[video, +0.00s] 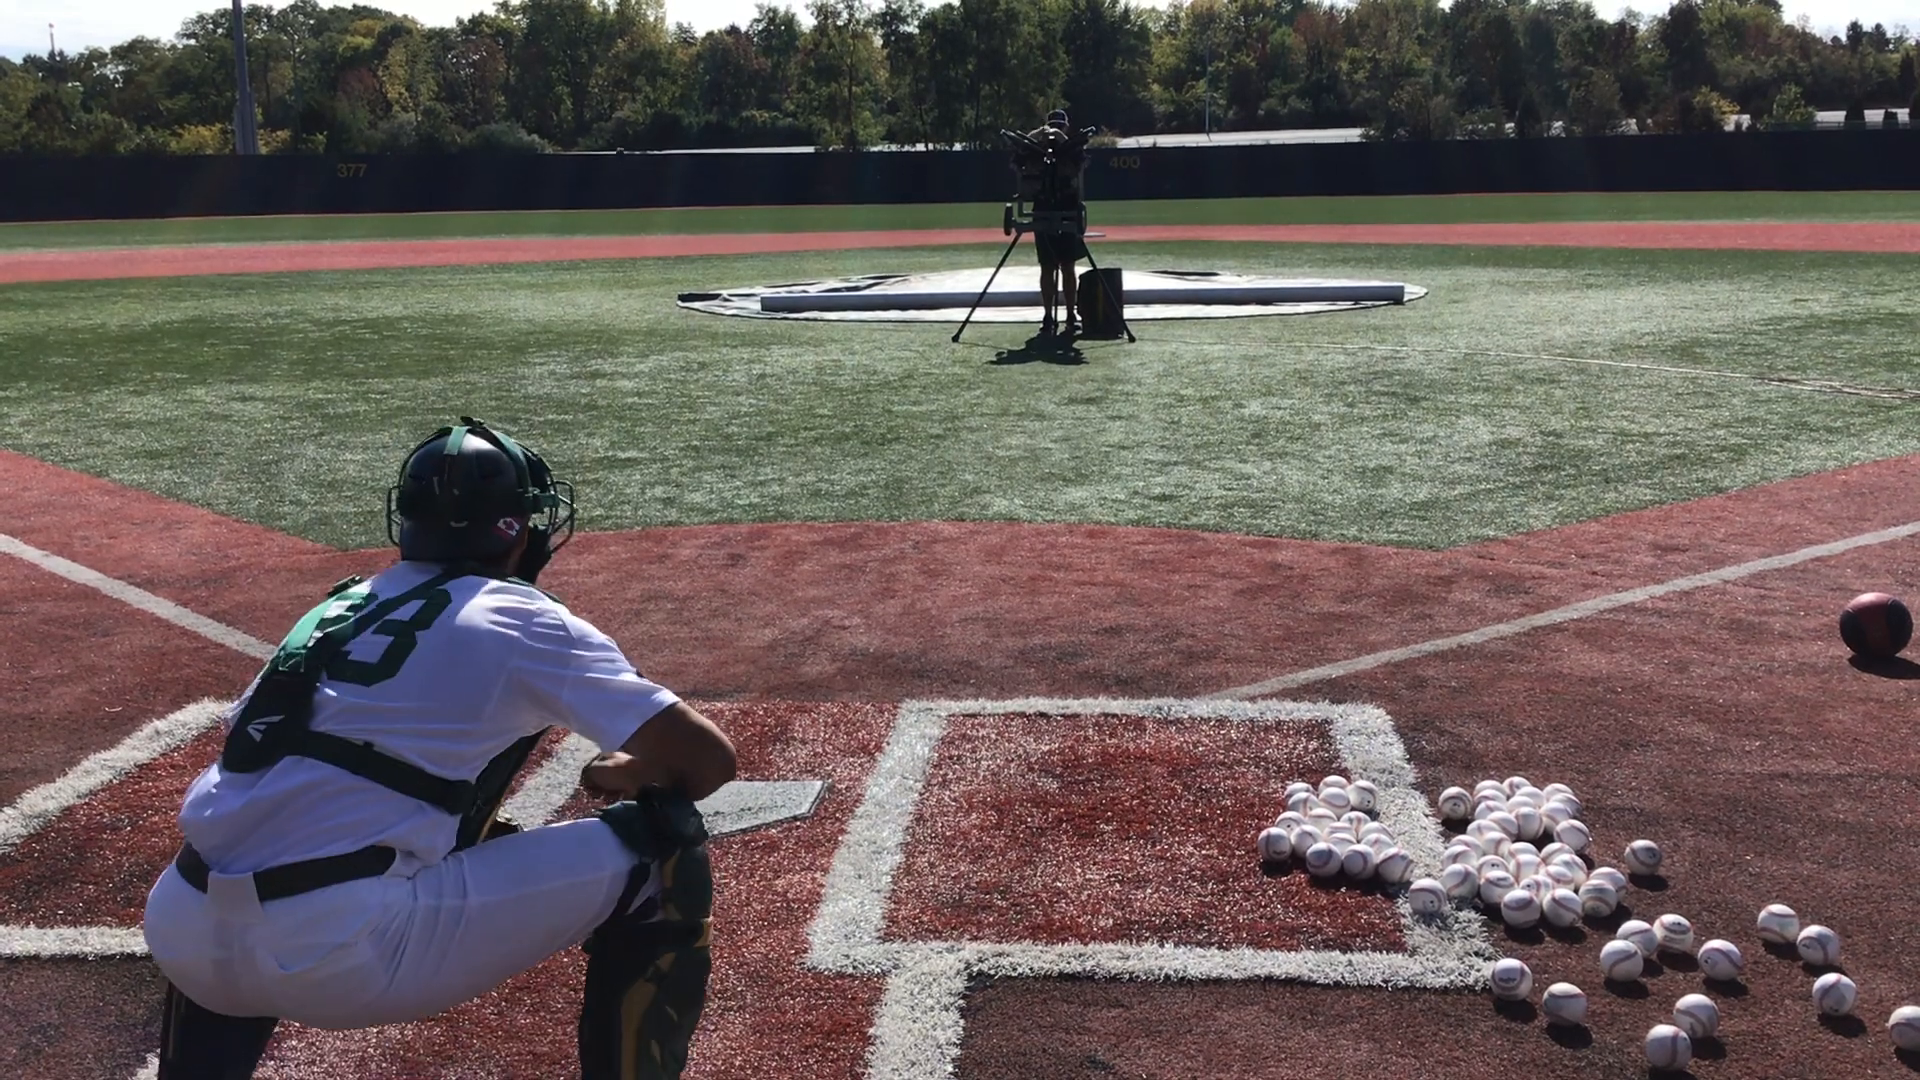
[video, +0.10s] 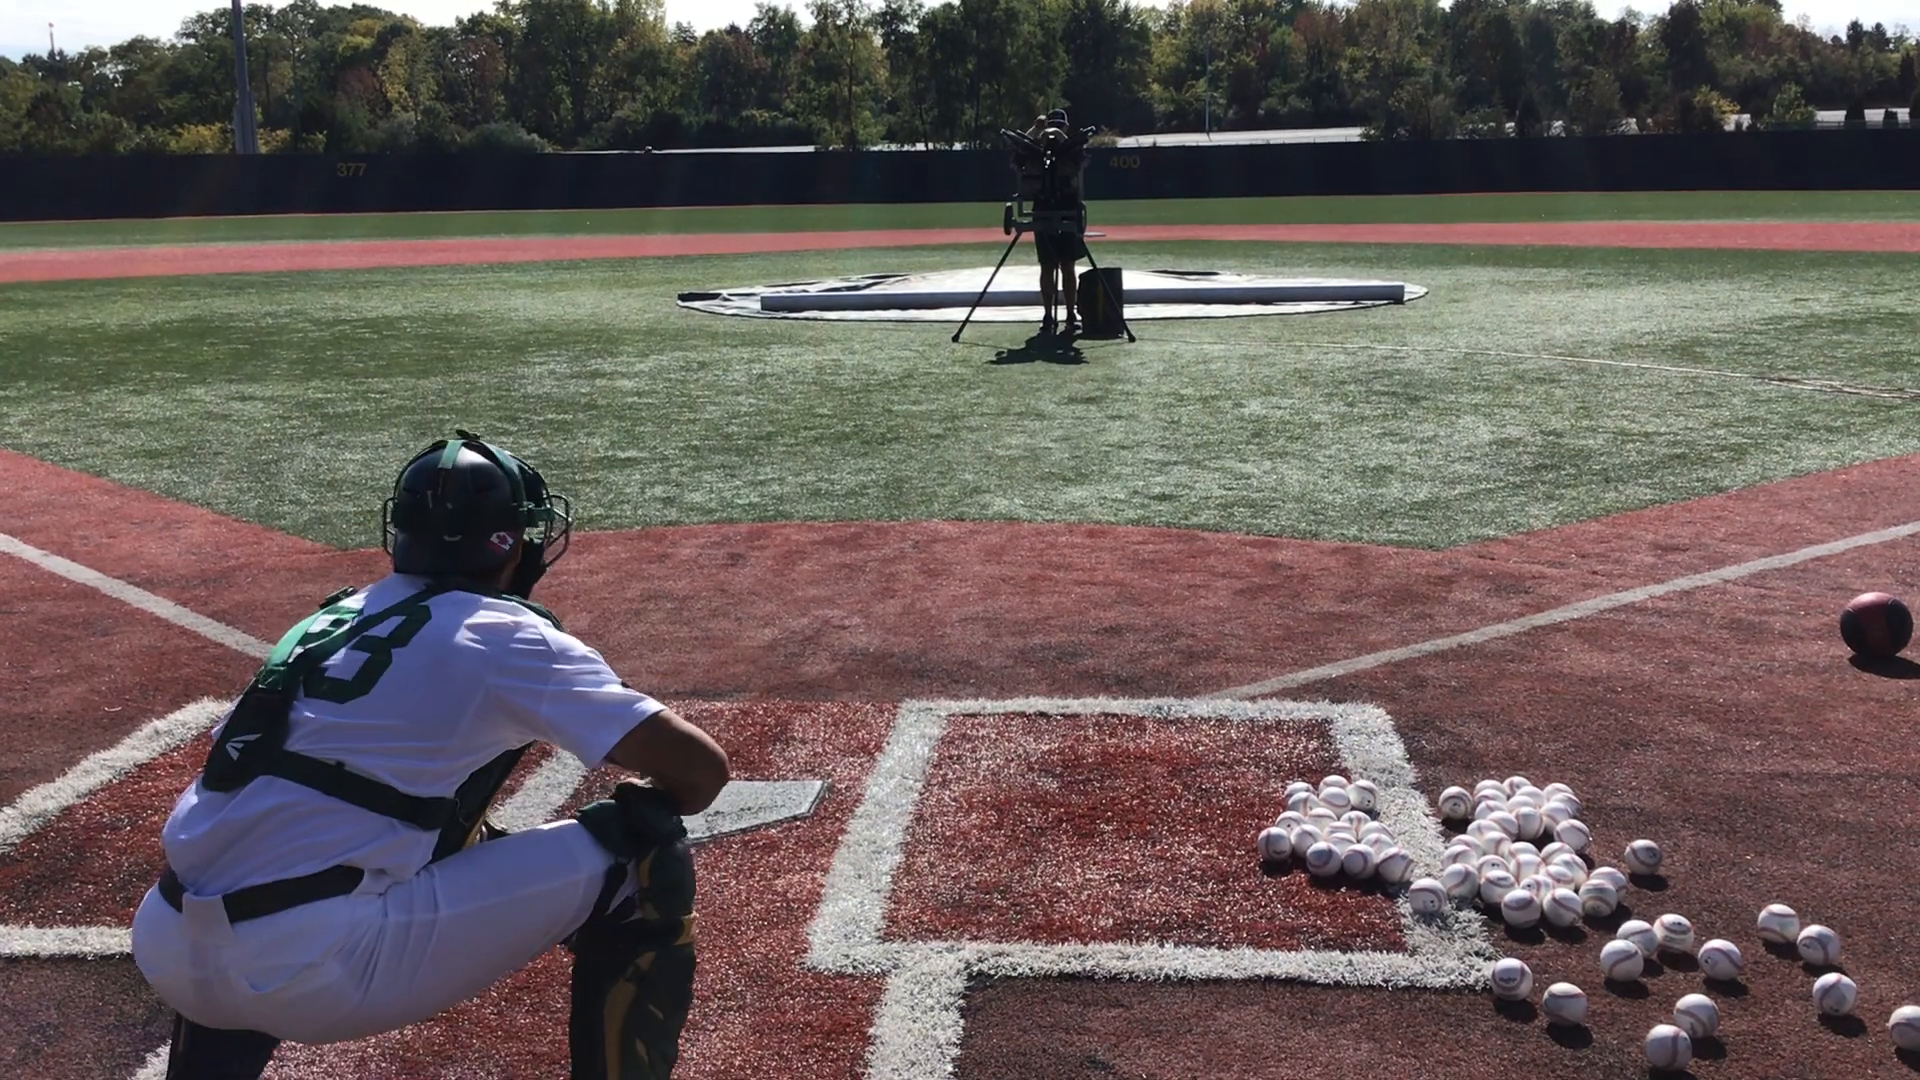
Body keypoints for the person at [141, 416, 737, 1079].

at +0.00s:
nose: (540, 537)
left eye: (536, 521)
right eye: (534, 523)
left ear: (409, 527)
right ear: (510, 535)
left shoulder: (342, 600)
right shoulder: (518, 618)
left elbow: (282, 753)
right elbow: (705, 757)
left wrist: (451, 822)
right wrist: (623, 771)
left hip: (181, 932)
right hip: (338, 951)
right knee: (662, 847)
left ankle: (193, 1066)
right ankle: (630, 1062)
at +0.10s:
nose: (535, 549)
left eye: (531, 533)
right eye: (529, 536)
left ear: (402, 536)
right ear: (507, 550)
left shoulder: (335, 611)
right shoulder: (497, 633)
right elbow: (701, 768)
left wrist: (448, 831)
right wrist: (645, 779)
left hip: (167, 948)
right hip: (307, 970)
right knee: (644, 844)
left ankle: (208, 1068)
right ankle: (620, 1066)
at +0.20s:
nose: (527, 552)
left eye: (525, 537)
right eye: (522, 540)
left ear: (398, 541)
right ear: (497, 554)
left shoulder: (331, 615)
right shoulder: (485, 640)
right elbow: (693, 768)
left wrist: (452, 835)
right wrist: (684, 832)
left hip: (164, 960)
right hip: (296, 980)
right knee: (637, 835)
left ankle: (219, 1064)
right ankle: (616, 1065)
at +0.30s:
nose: (527, 555)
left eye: (524, 539)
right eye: (519, 541)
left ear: (396, 545)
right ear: (496, 559)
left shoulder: (329, 618)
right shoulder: (478, 642)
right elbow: (679, 767)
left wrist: (478, 809)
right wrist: (713, 837)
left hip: (176, 967)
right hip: (299, 986)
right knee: (634, 835)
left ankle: (240, 1063)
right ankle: (615, 1063)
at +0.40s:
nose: (531, 552)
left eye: (528, 535)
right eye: (525, 540)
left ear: (396, 545)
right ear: (502, 556)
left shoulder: (342, 616)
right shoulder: (482, 649)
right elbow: (681, 791)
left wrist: (549, 788)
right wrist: (736, 852)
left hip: (205, 970)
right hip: (308, 992)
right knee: (640, 853)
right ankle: (615, 1063)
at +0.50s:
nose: (529, 546)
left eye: (527, 533)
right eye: (521, 534)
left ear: (398, 546)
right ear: (497, 553)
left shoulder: (343, 616)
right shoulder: (476, 650)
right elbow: (650, 778)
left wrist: (499, 628)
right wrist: (749, 847)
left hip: (238, 970)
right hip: (320, 995)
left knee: (479, 781)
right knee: (635, 856)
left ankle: (387, 1022)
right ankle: (617, 1064)